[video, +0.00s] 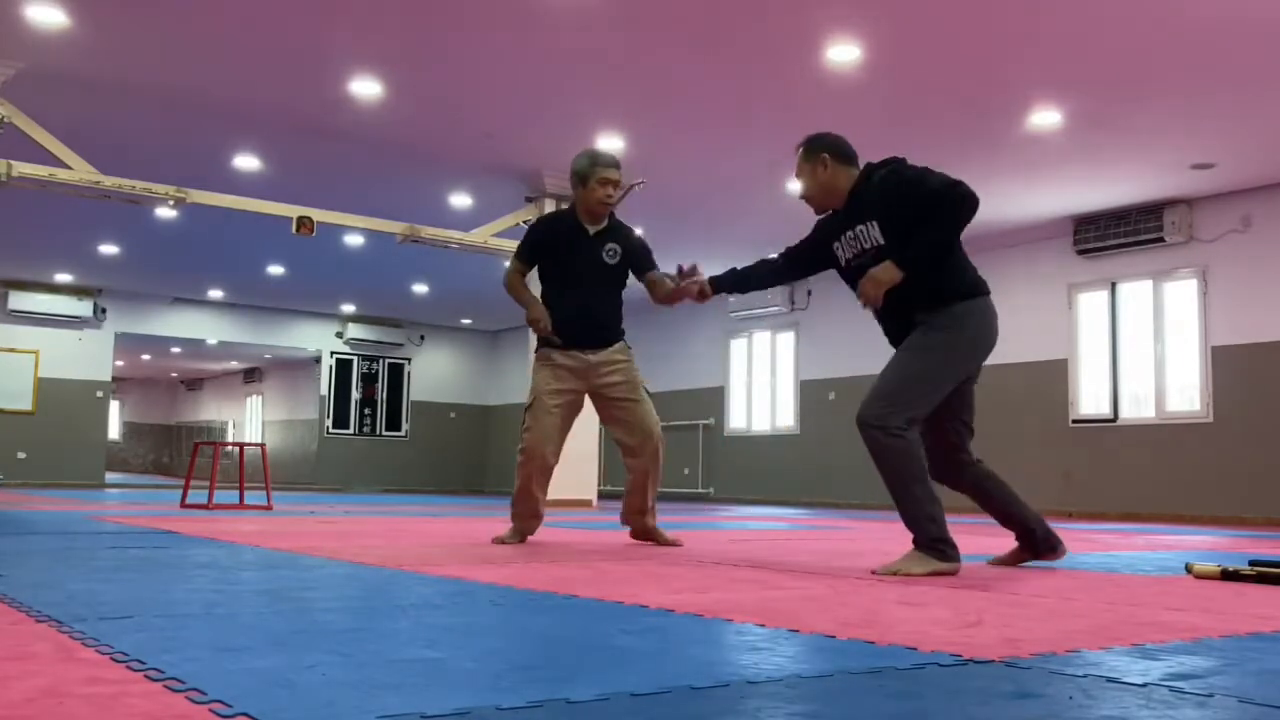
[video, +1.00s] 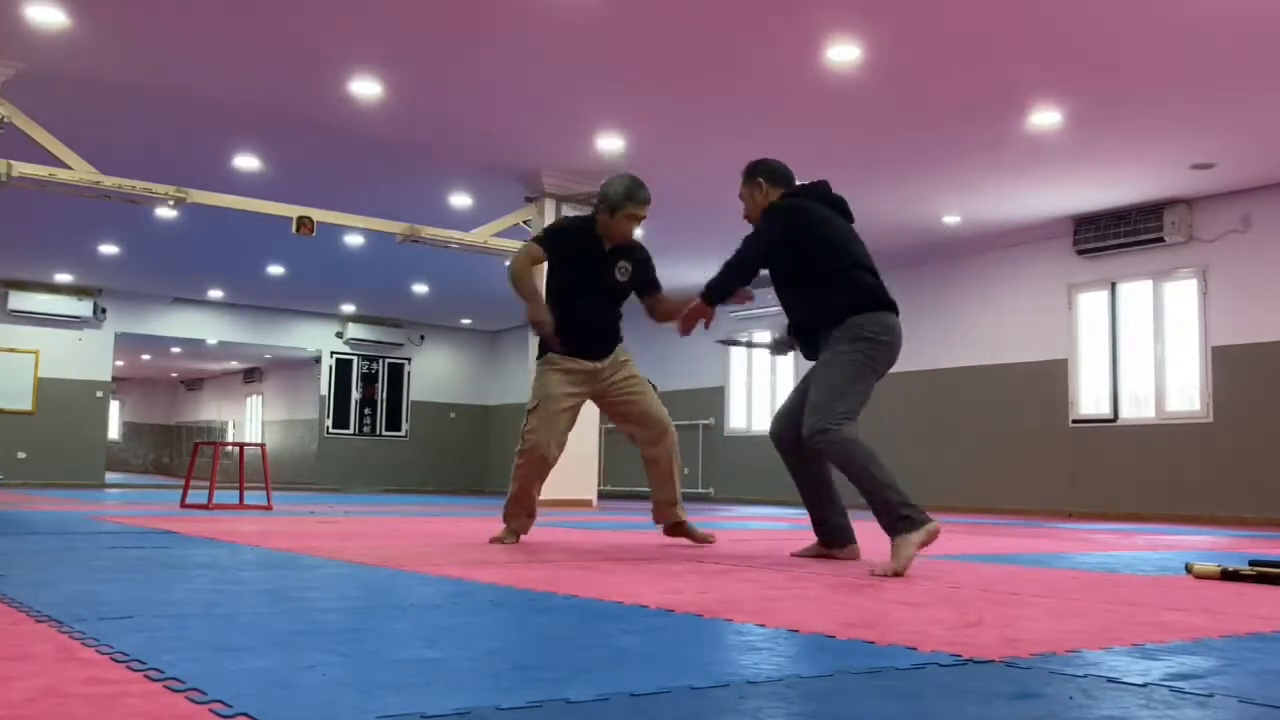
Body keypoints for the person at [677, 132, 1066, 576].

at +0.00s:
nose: (801, 193)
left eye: (803, 179)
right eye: (799, 182)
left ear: (827, 165)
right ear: (828, 168)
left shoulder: (892, 179)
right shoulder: (833, 231)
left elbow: (960, 200)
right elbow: (784, 267)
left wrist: (897, 263)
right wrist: (714, 285)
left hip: (958, 320)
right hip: (935, 332)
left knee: (881, 418)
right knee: (949, 462)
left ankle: (936, 550)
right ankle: (1038, 538)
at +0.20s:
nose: (801, 184)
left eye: (802, 170)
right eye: (799, 173)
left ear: (824, 157)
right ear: (830, 160)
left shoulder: (888, 180)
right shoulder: (848, 223)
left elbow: (932, 241)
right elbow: (814, 282)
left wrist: (862, 282)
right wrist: (748, 308)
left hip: (950, 318)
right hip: (942, 324)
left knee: (875, 423)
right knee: (947, 448)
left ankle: (935, 550)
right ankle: (1039, 537)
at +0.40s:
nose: (793, 181)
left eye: (793, 170)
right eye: (790, 172)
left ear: (813, 158)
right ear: (841, 156)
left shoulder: (819, 200)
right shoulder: (900, 185)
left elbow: (770, 268)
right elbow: (964, 227)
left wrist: (777, 246)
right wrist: (945, 288)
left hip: (906, 315)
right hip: (937, 312)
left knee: (855, 432)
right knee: (863, 425)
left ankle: (936, 549)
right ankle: (856, 535)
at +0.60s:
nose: (781, 201)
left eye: (783, 192)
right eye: (781, 193)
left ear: (801, 185)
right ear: (830, 183)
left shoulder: (793, 223)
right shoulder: (885, 211)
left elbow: (731, 272)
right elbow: (945, 250)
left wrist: (775, 239)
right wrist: (920, 305)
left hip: (858, 336)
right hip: (908, 336)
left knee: (818, 453)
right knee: (837, 437)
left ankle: (891, 524)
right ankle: (838, 538)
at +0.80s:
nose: (767, 206)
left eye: (769, 199)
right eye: (766, 200)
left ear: (785, 192)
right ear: (815, 190)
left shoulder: (782, 222)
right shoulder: (866, 223)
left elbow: (719, 256)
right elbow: (920, 272)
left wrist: (688, 296)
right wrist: (890, 318)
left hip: (856, 339)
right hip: (892, 339)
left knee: (815, 446)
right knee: (804, 422)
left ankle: (907, 524)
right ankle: (837, 539)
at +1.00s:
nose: (743, 211)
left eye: (743, 200)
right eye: (741, 202)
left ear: (762, 189)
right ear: (778, 189)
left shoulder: (788, 215)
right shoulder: (810, 216)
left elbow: (742, 265)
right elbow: (830, 291)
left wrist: (705, 302)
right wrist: (792, 336)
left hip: (864, 329)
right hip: (848, 336)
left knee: (824, 428)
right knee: (788, 430)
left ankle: (910, 524)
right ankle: (836, 539)